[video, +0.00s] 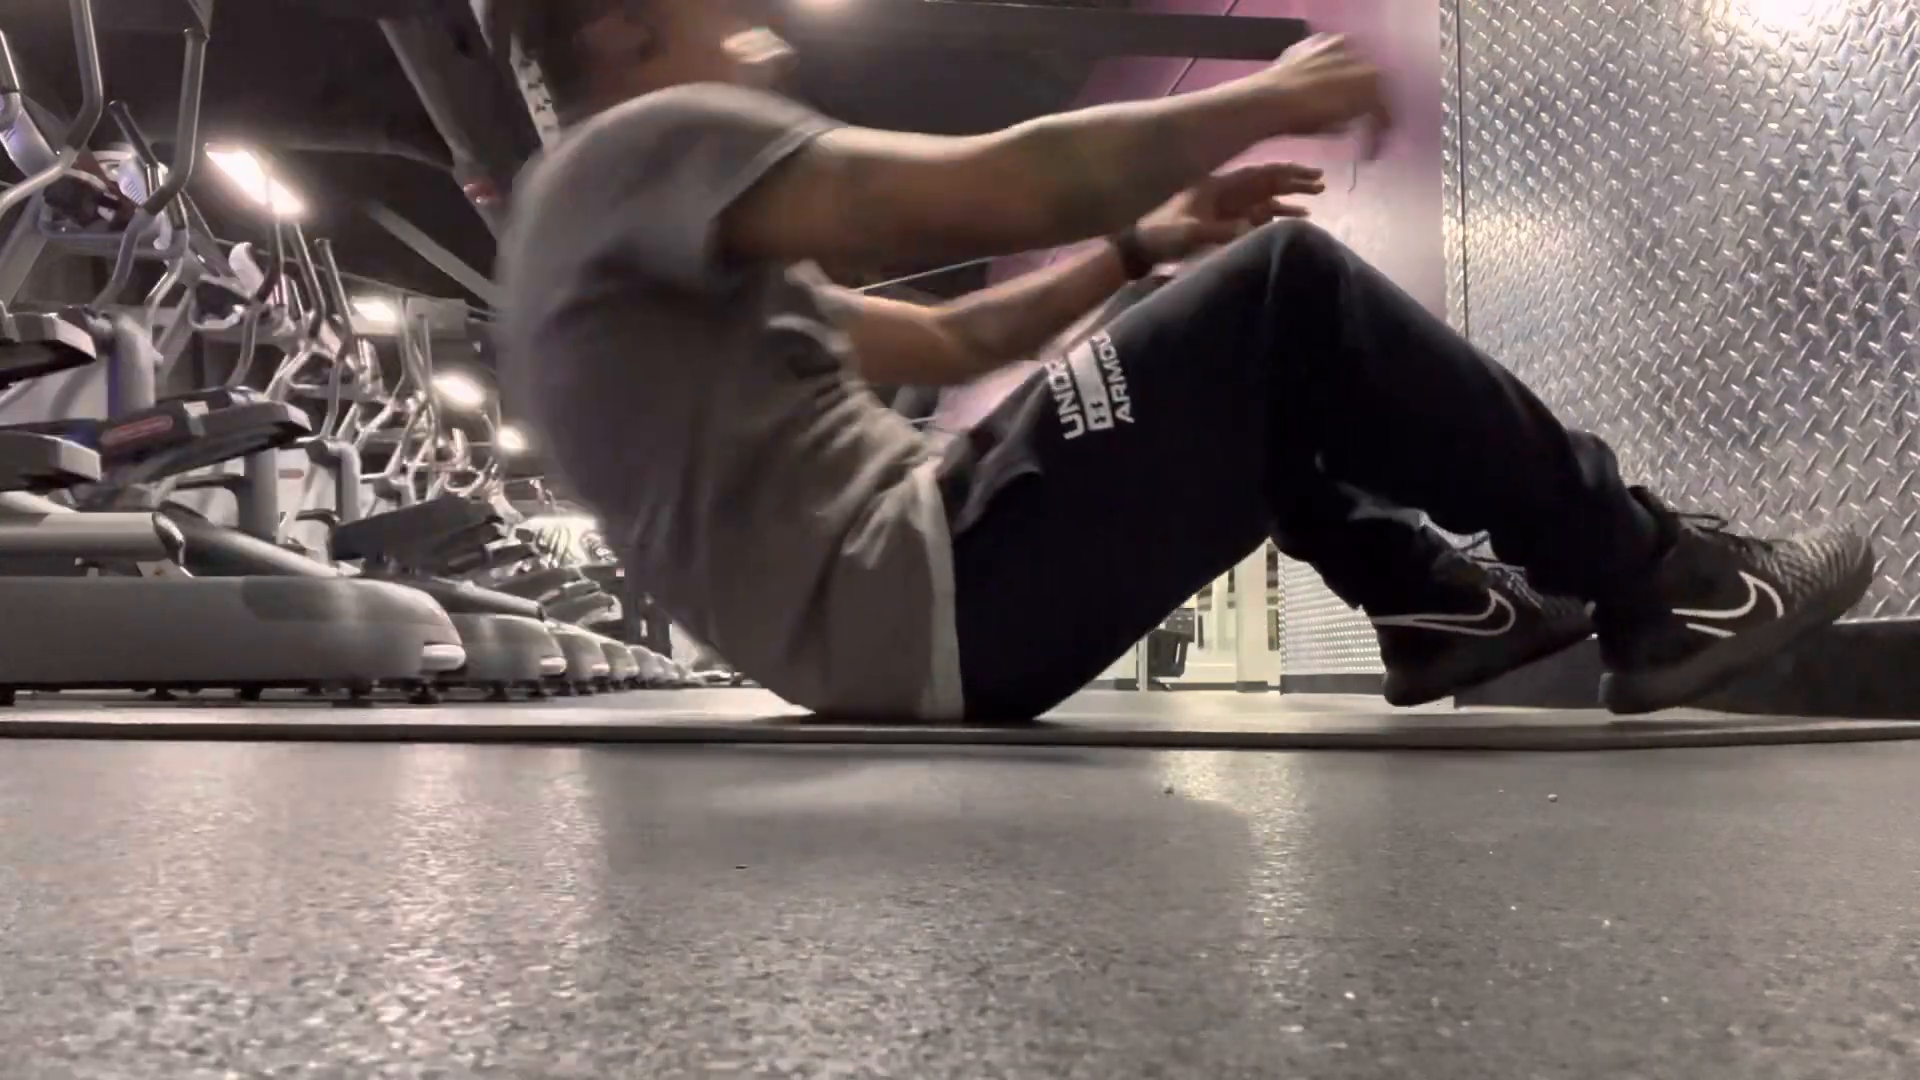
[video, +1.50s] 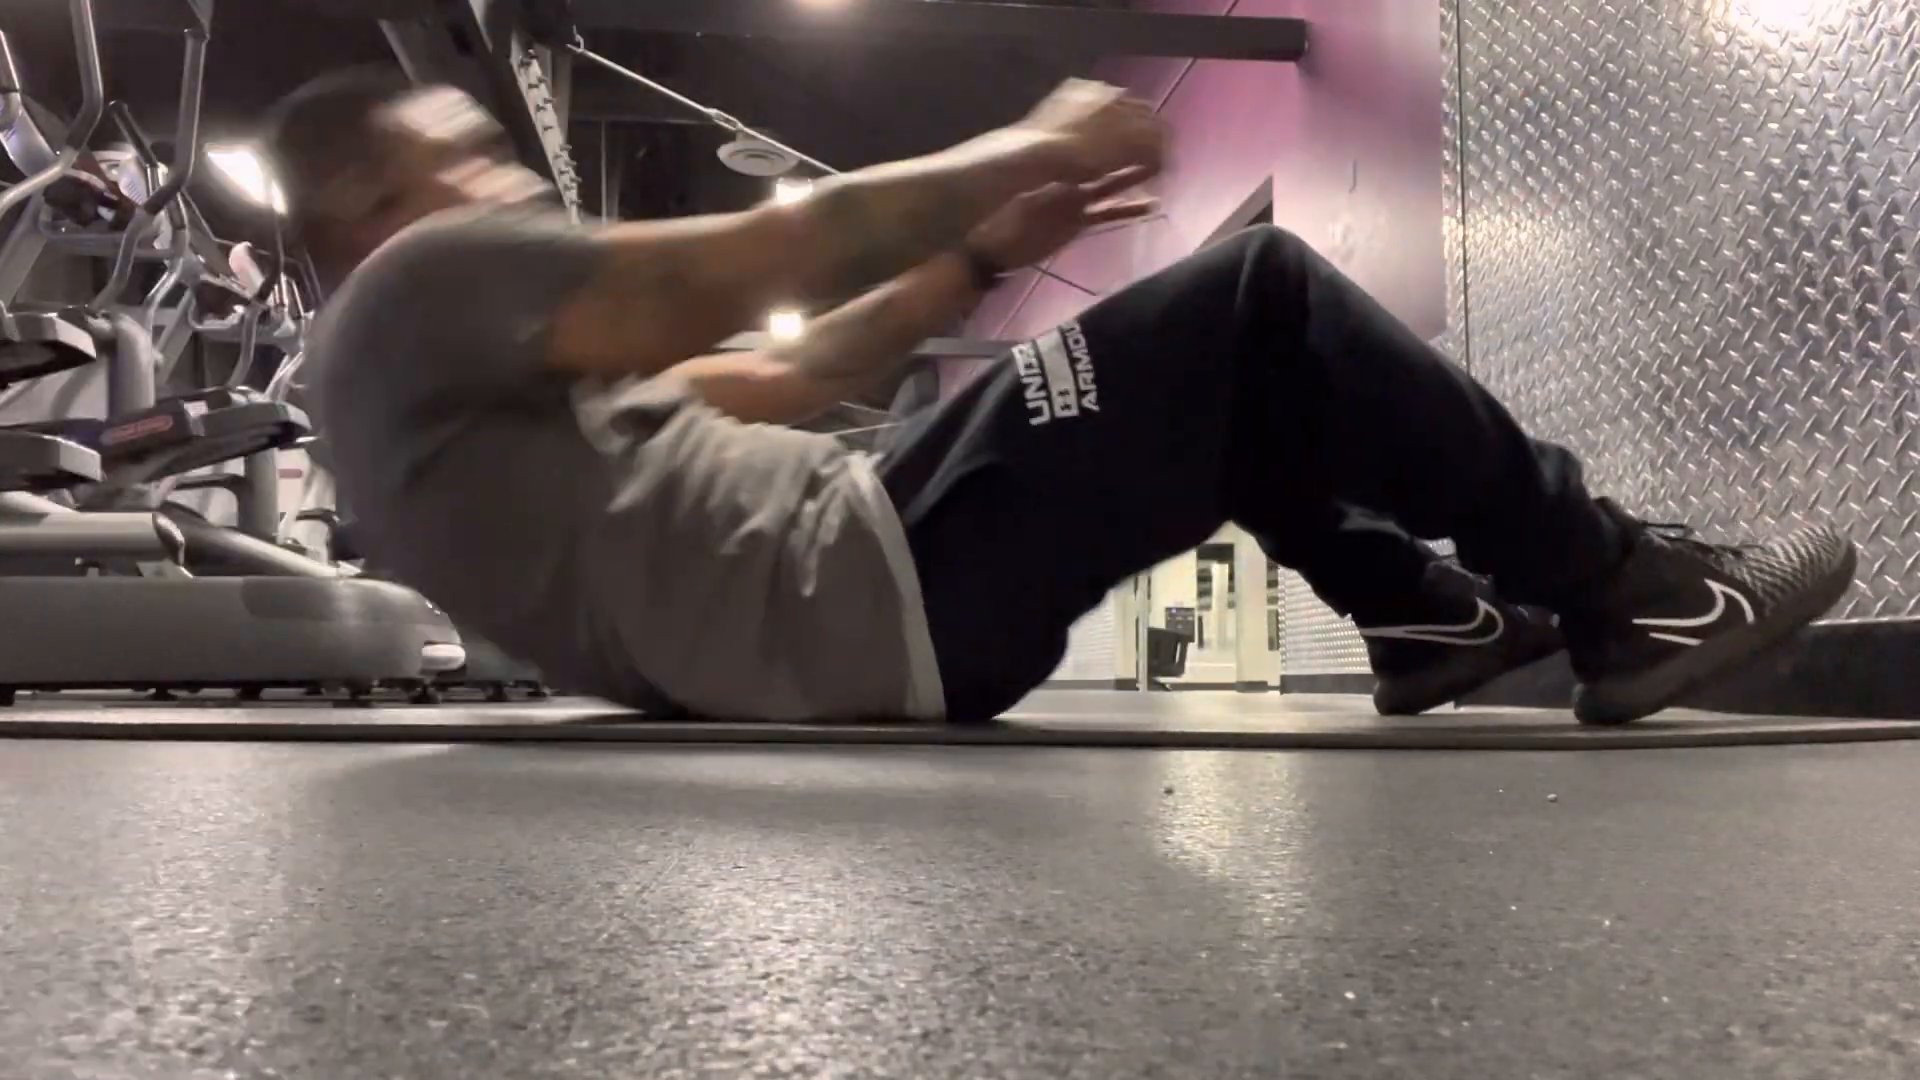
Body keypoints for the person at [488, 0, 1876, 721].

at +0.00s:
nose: (772, 51)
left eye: (763, 35)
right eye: (741, 27)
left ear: (591, 52)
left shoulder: (635, 246)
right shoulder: (631, 158)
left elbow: (924, 346)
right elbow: (997, 179)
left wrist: (1141, 242)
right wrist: (1276, 91)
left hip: (922, 588)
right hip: (934, 604)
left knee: (1217, 324)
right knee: (1283, 292)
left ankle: (1443, 607)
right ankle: (1666, 578)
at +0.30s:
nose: (1235, 43)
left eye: (1231, 38)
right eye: (1219, 28)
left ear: (1113, 28)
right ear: (1145, 20)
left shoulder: (1042, 137)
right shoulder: (1020, 72)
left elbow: (1067, 399)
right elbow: (878, 222)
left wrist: (1194, 286)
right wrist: (1248, 84)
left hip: (1018, 618)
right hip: (1022, 619)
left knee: (1248, 326)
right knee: (1350, 280)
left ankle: (1443, 625)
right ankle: (1698, 609)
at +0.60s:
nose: (1014, 28)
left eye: (1006, 8)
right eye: (988, 1)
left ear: (875, 15)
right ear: (899, 2)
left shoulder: (875, 126)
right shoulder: (853, 113)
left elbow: (1026, 401)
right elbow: (1080, 282)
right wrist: (1427, 173)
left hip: (1000, 594)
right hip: (1013, 628)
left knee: (1278, 314)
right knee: (1341, 304)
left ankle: (1444, 625)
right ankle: (1685, 611)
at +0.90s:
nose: (492, 207)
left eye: (476, 178)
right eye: (445, 194)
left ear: (422, 239)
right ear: (342, 260)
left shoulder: (498, 379)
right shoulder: (392, 366)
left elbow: (787, 344)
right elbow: (697, 244)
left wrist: (937, 171)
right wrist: (865, 66)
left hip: (880, 562)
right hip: (885, 616)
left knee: (1200, 319)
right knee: (1261, 294)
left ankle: (1441, 617)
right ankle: (1636, 584)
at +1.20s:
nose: (161, 340)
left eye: (131, 332)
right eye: (109, 355)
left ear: (151, 405)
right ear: (84, 447)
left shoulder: (293, 516)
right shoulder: (209, 514)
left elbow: (542, 404)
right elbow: (238, 164)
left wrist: (381, 248)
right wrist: (42, 37)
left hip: (807, 527)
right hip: (830, 563)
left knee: (1186, 339)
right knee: (1227, 286)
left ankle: (1427, 623)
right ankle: (1602, 599)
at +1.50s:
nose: (519, 178)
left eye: (502, 155)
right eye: (474, 159)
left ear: (369, 213)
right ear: (368, 204)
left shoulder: (462, 369)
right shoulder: (405, 296)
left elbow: (764, 394)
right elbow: (760, 250)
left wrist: (973, 255)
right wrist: (1035, 142)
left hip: (858, 562)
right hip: (860, 584)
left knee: (1205, 350)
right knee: (1252, 294)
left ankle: (1432, 618)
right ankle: (1632, 587)